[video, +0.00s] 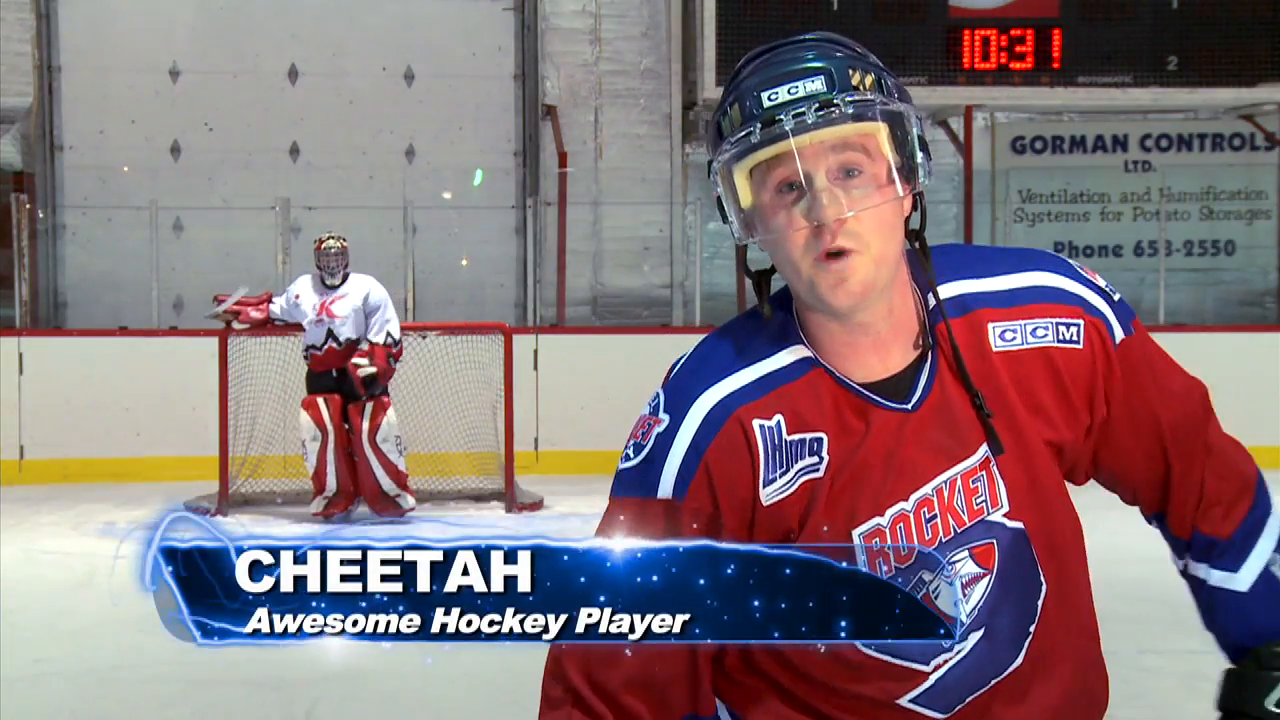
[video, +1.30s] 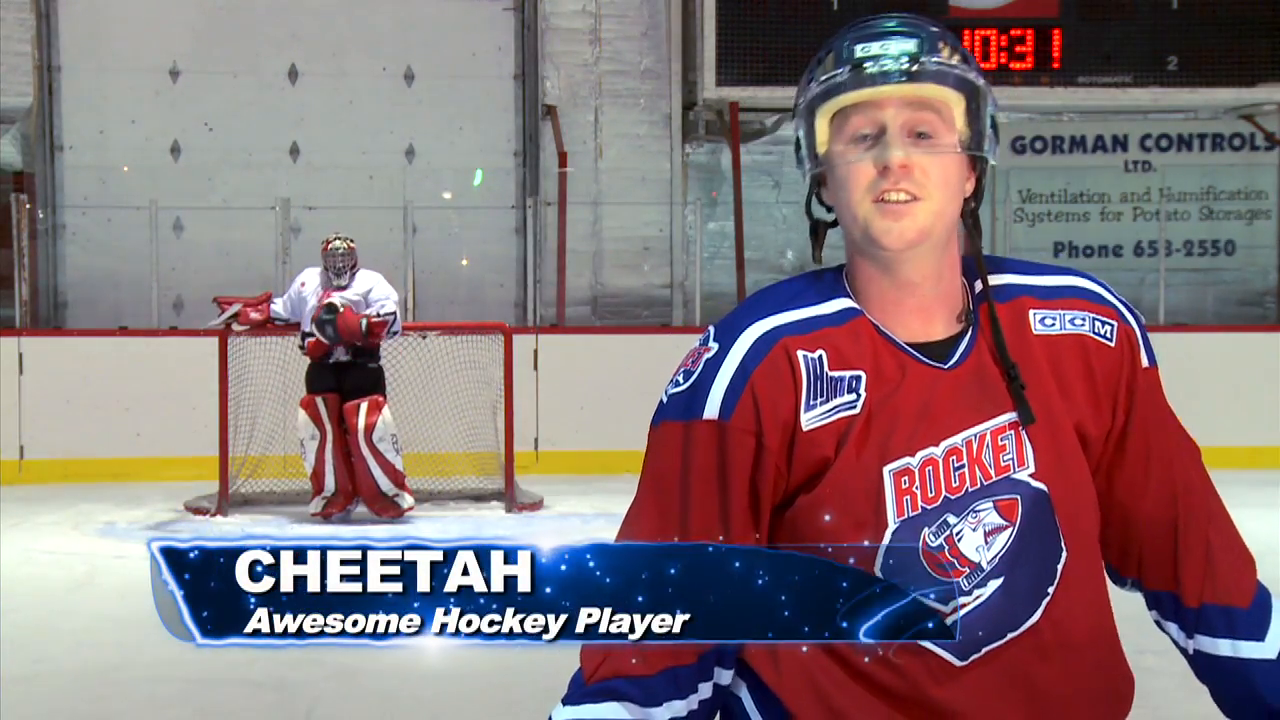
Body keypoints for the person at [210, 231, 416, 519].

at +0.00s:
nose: (333, 263)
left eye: (338, 257)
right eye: (327, 258)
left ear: (346, 259)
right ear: (317, 260)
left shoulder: (367, 288)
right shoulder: (303, 289)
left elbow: (386, 329)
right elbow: (276, 309)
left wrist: (379, 363)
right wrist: (240, 309)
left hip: (359, 371)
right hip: (320, 375)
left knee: (371, 434)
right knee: (325, 436)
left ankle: (390, 499)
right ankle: (334, 500)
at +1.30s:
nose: (339, 264)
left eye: (344, 258)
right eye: (333, 259)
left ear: (354, 259)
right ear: (324, 260)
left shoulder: (371, 281)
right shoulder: (308, 280)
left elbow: (390, 316)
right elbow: (285, 309)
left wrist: (362, 327)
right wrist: (252, 311)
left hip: (362, 369)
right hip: (322, 370)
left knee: (368, 430)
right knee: (324, 432)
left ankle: (390, 497)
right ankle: (332, 498)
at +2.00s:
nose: (340, 263)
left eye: (346, 257)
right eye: (334, 257)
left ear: (355, 259)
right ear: (325, 259)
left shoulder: (372, 289)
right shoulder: (308, 286)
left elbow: (399, 325)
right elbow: (281, 310)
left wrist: (378, 356)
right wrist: (247, 314)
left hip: (359, 372)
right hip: (320, 374)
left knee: (365, 434)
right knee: (325, 435)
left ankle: (389, 497)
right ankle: (334, 497)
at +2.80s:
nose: (344, 263)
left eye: (349, 257)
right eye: (338, 258)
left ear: (358, 259)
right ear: (329, 259)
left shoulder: (376, 289)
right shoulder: (310, 286)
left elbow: (408, 310)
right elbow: (275, 306)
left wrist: (411, 336)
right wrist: (241, 315)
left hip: (363, 372)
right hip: (322, 373)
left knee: (371, 432)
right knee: (325, 435)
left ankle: (391, 501)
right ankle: (332, 500)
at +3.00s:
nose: (344, 264)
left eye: (350, 258)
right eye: (338, 259)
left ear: (358, 260)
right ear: (328, 261)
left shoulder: (378, 288)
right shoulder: (309, 288)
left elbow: (416, 303)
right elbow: (276, 315)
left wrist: (432, 315)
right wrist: (246, 332)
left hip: (365, 374)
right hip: (322, 375)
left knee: (372, 433)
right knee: (327, 435)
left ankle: (387, 500)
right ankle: (334, 499)